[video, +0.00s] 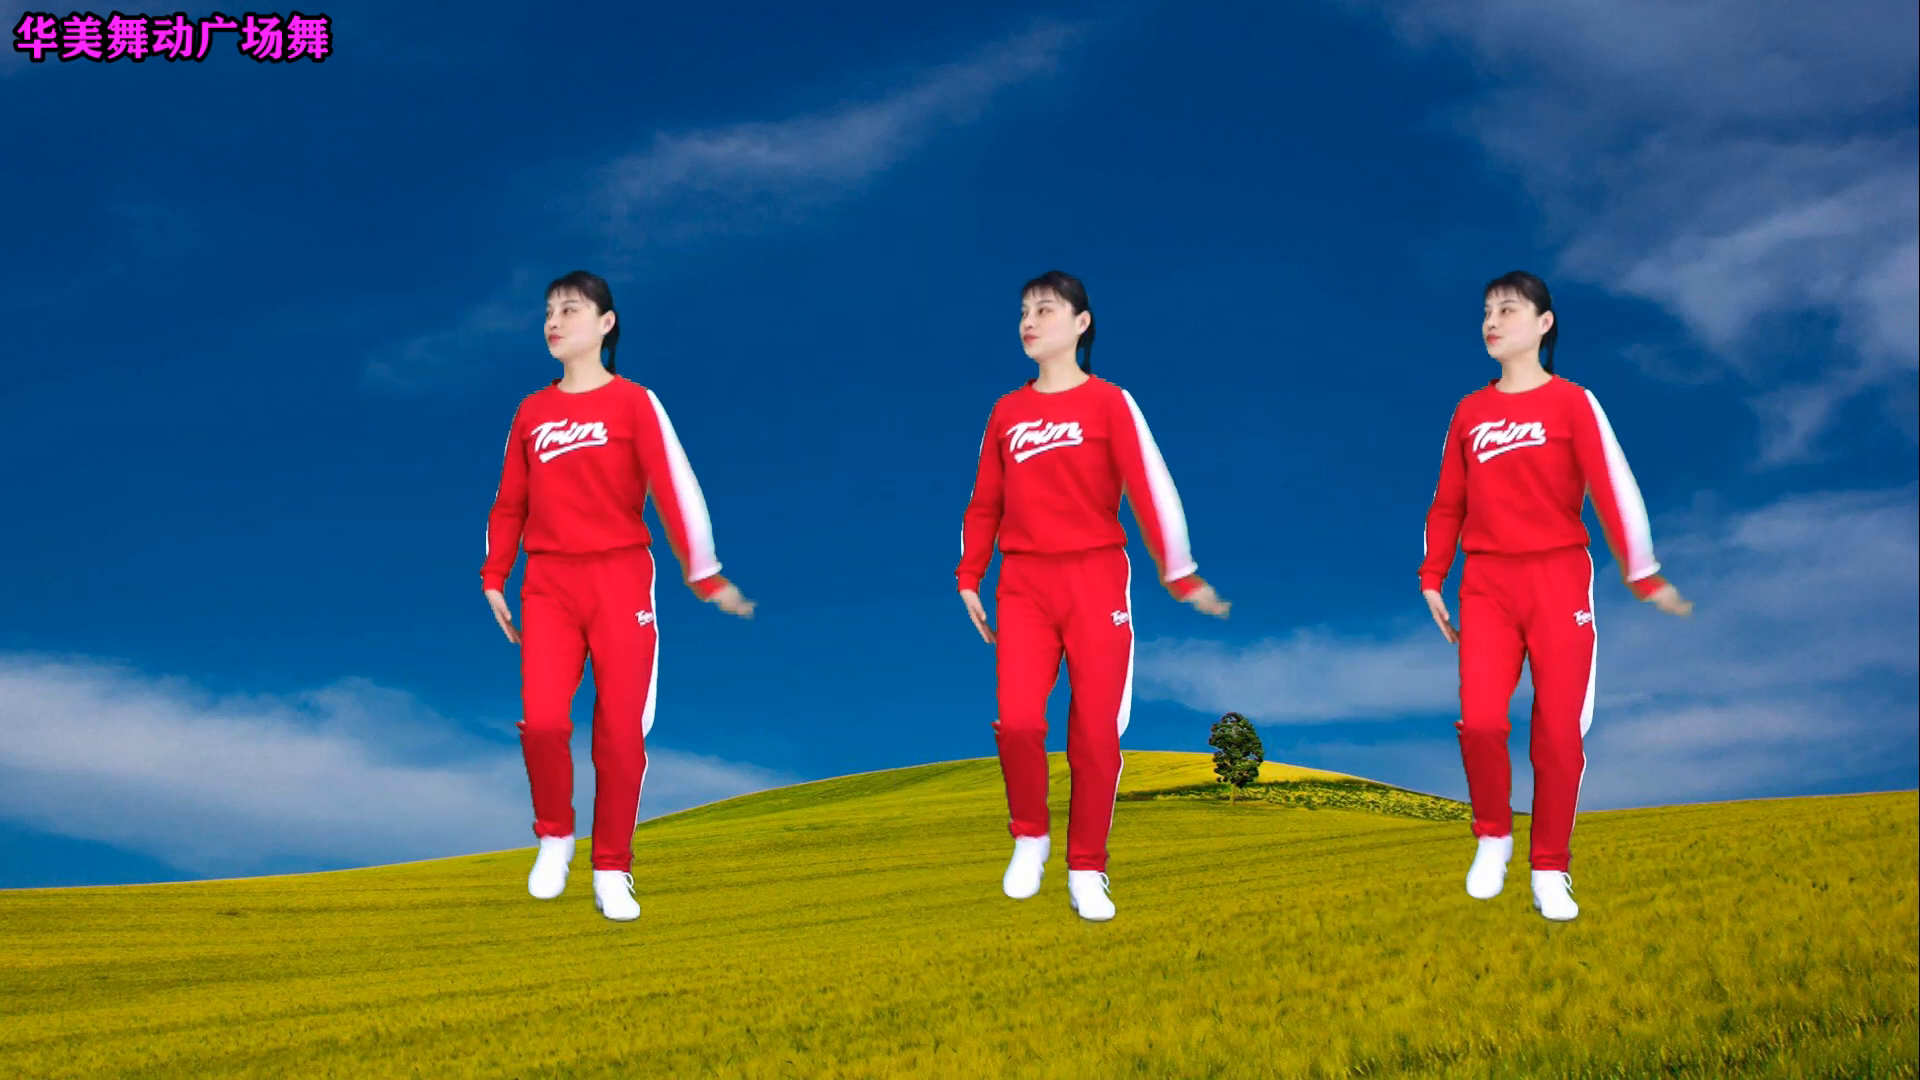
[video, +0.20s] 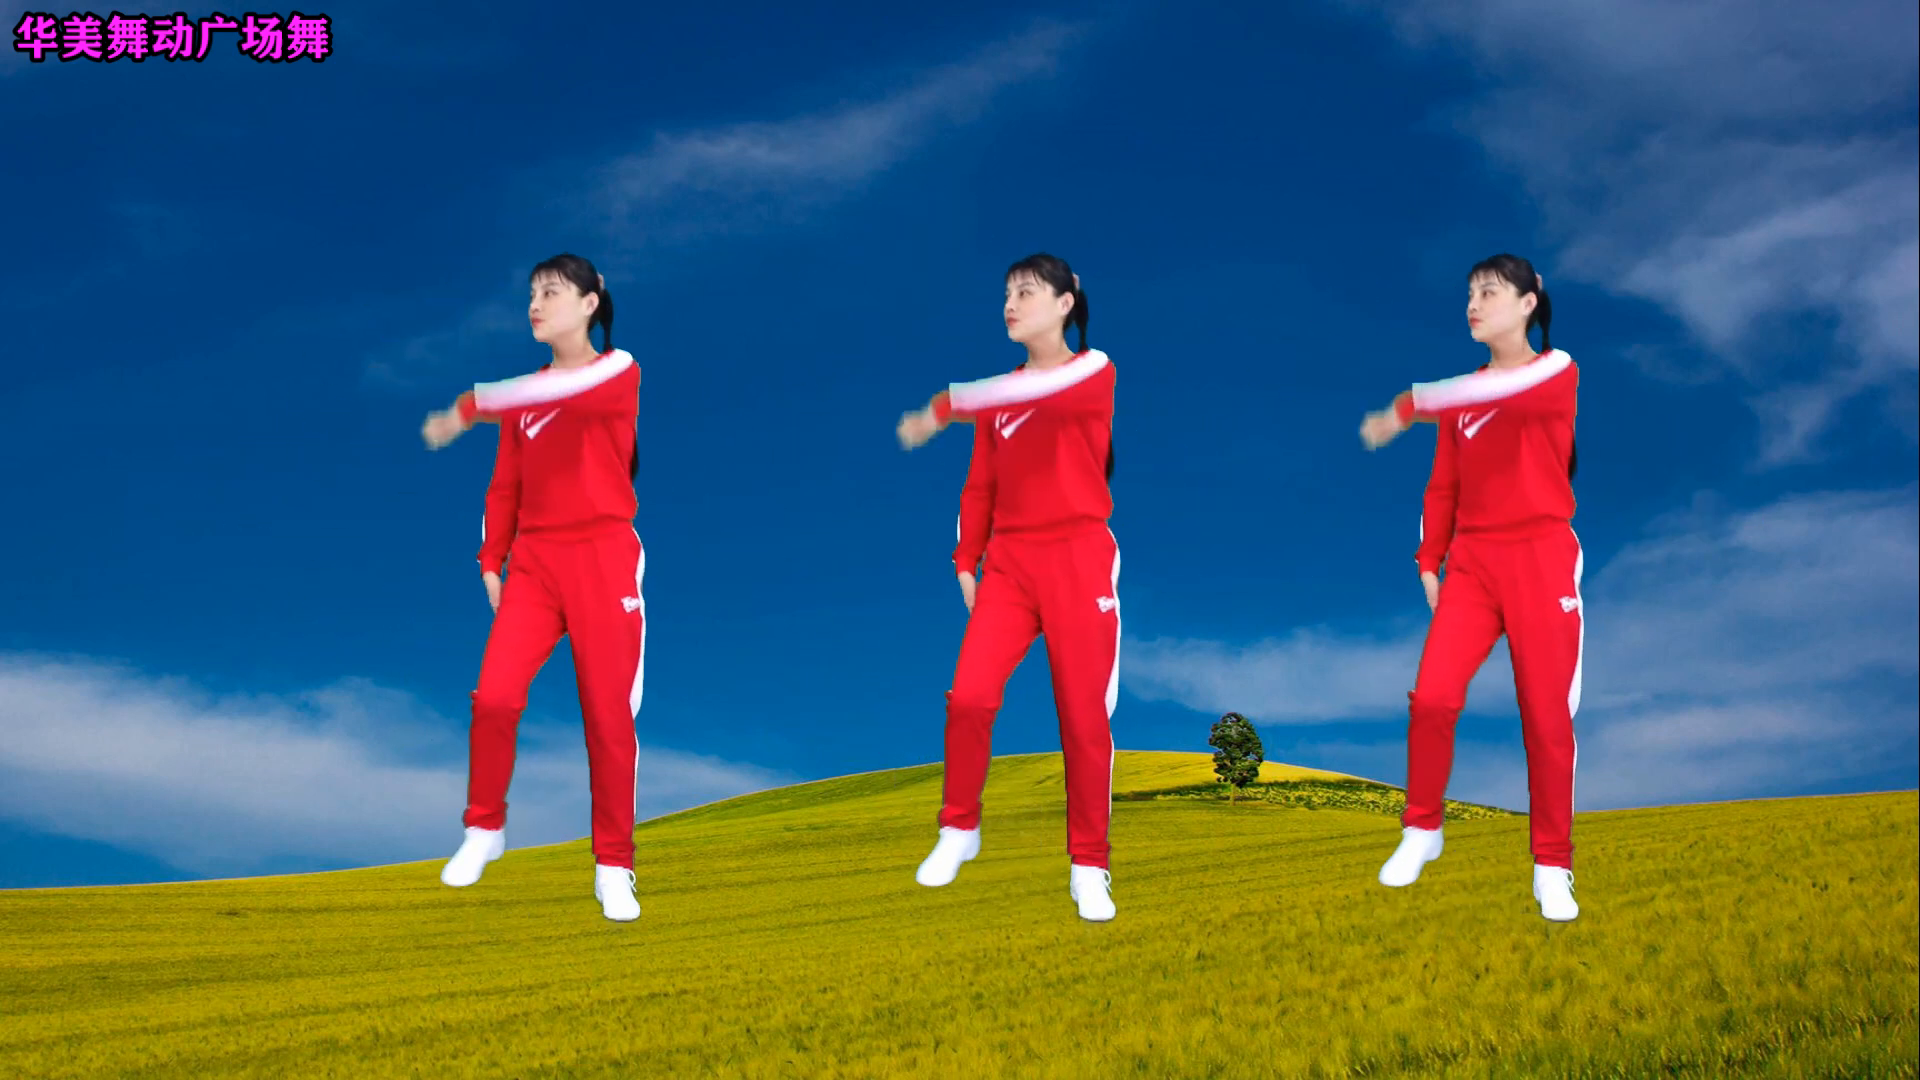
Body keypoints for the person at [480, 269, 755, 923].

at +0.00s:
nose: (554, 321)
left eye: (569, 310)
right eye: (550, 313)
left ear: (604, 324)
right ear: (547, 331)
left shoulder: (633, 401)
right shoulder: (531, 413)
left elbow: (674, 486)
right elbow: (509, 503)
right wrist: (493, 575)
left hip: (622, 578)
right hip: (548, 581)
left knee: (621, 729)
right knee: (541, 722)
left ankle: (612, 868)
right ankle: (555, 835)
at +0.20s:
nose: (537, 305)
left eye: (552, 293)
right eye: (534, 297)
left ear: (591, 304)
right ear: (533, 314)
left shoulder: (619, 370)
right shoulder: (518, 393)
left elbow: (556, 387)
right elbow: (504, 484)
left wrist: (468, 408)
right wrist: (492, 561)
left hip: (604, 558)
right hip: (531, 561)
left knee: (609, 717)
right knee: (492, 698)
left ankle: (614, 863)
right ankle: (484, 828)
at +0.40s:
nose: (505, 308)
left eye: (518, 299)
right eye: (503, 299)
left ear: (554, 309)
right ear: (508, 314)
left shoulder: (583, 377)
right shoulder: (488, 394)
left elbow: (561, 299)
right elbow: (464, 488)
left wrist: (502, 246)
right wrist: (451, 569)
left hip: (565, 558)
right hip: (494, 563)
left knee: (590, 720)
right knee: (458, 724)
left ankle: (612, 862)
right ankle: (424, 859)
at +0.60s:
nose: (475, 313)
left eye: (490, 304)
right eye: (469, 305)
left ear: (524, 317)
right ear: (461, 320)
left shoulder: (537, 388)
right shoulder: (437, 393)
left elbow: (579, 341)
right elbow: (406, 481)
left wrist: (584, 253)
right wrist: (396, 559)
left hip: (500, 564)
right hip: (430, 568)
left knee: (528, 722)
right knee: (421, 735)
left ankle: (585, 850)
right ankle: (423, 865)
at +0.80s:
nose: (458, 332)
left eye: (472, 321)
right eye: (447, 322)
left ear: (494, 332)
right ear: (435, 334)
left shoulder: (517, 408)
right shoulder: (406, 408)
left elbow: (581, 437)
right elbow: (367, 489)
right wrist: (334, 562)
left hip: (475, 580)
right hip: (402, 578)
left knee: (428, 715)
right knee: (391, 734)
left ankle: (480, 797)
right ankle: (420, 866)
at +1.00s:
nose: (446, 309)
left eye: (457, 298)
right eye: (433, 301)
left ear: (479, 308)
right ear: (419, 314)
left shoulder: (507, 390)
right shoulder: (392, 378)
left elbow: (540, 476)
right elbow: (318, 427)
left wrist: (571, 558)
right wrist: (252, 475)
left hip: (471, 560)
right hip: (398, 559)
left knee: (438, 715)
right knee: (403, 719)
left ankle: (456, 840)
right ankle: (421, 861)